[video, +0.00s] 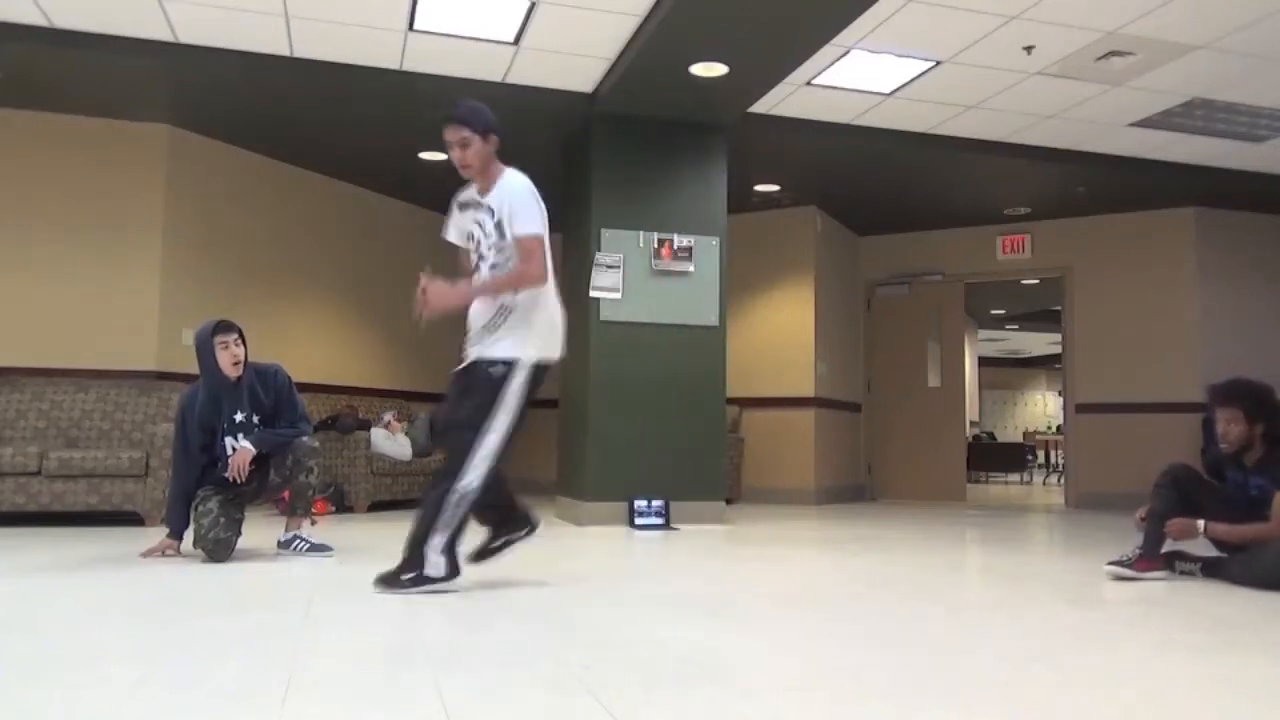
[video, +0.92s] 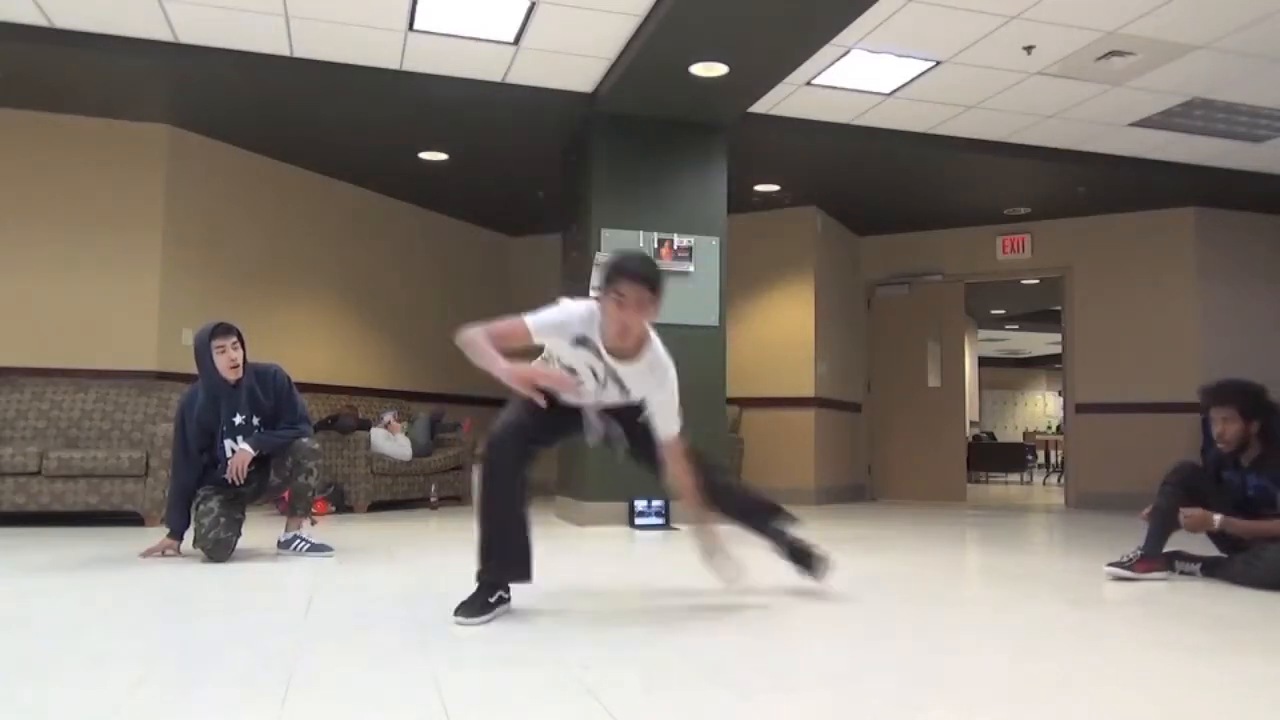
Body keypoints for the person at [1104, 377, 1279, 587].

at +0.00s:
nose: (1221, 432)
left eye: (1231, 423)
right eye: (1217, 422)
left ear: (1257, 428)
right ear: (1212, 423)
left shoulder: (1274, 466)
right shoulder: (1224, 461)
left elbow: (1274, 529)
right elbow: (1212, 501)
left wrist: (1201, 528)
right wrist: (1157, 511)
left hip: (1265, 544)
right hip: (1233, 532)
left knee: (1270, 570)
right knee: (1177, 475)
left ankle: (1205, 566)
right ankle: (1149, 555)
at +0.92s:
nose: (1217, 432)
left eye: (1227, 422)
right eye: (1213, 422)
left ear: (1253, 426)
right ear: (1208, 423)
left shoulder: (1273, 462)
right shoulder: (1220, 459)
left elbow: (1276, 527)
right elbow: (1208, 496)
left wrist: (1216, 522)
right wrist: (1163, 511)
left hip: (1266, 545)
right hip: (1234, 537)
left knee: (1270, 572)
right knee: (1185, 472)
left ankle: (1203, 566)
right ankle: (1149, 555)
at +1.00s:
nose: (1213, 432)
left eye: (1222, 422)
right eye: (1208, 424)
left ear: (1248, 424)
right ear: (1204, 428)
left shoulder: (1273, 460)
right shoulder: (1216, 460)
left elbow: (1275, 525)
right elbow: (1208, 503)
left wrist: (1237, 522)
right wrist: (1162, 513)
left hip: (1267, 543)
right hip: (1233, 537)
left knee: (1271, 573)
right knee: (1184, 473)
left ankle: (1202, 566)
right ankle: (1149, 554)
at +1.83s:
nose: (1254, 409)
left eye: (1266, 401)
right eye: (1249, 401)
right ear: (1241, 406)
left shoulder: (1274, 454)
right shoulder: (1241, 450)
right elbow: (1242, 504)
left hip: (1267, 538)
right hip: (1233, 529)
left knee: (1269, 569)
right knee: (1168, 479)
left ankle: (1205, 566)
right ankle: (1145, 552)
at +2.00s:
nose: (1266, 408)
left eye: (1275, 401)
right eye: (1260, 400)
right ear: (1252, 405)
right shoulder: (1248, 448)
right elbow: (1245, 507)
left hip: (1270, 552)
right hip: (1241, 543)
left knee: (1271, 524)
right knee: (1179, 476)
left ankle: (1206, 567)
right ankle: (1150, 552)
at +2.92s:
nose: (1247, 417)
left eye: (1258, 408)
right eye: (1241, 407)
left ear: (1275, 412)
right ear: (1233, 410)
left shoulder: (1274, 450)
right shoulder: (1229, 449)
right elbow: (1237, 502)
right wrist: (1237, 527)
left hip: (1270, 537)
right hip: (1237, 533)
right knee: (1146, 513)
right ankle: (1209, 567)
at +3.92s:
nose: (1256, 415)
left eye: (1268, 407)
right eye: (1250, 406)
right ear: (1243, 409)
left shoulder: (1275, 451)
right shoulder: (1239, 450)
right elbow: (1243, 503)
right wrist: (1239, 530)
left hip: (1272, 536)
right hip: (1240, 531)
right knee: (1145, 513)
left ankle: (1194, 561)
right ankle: (1210, 567)